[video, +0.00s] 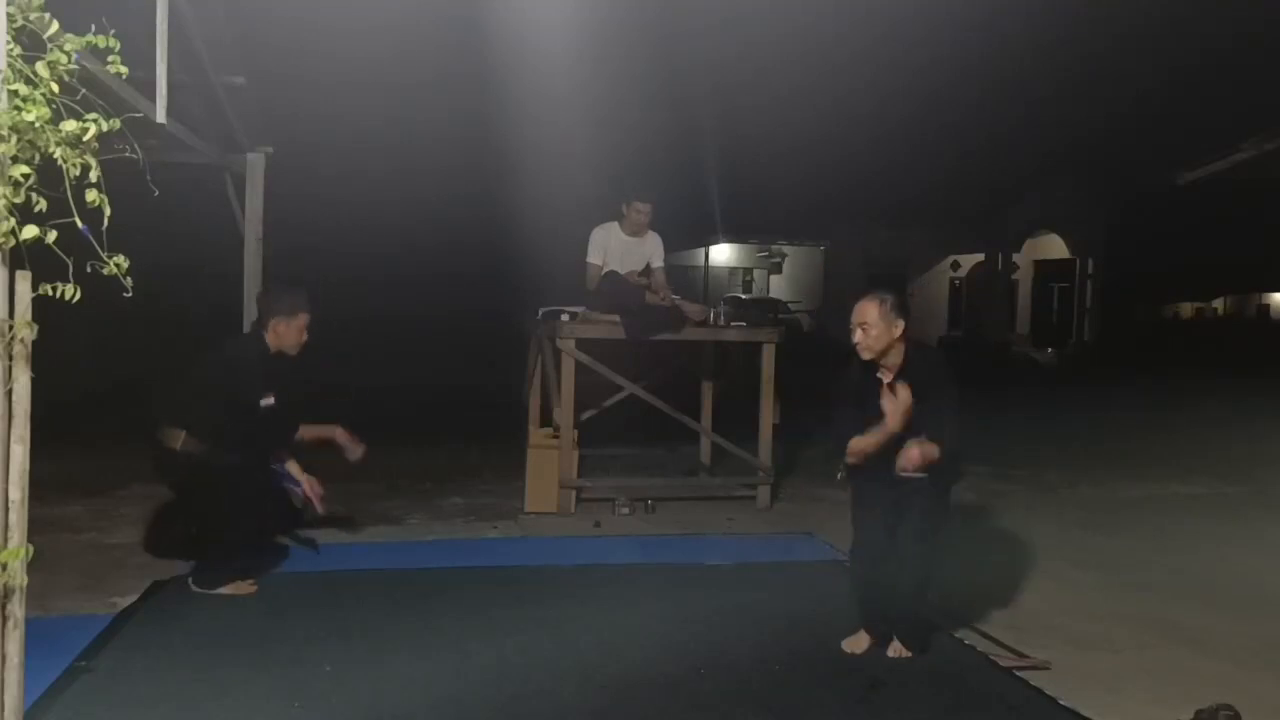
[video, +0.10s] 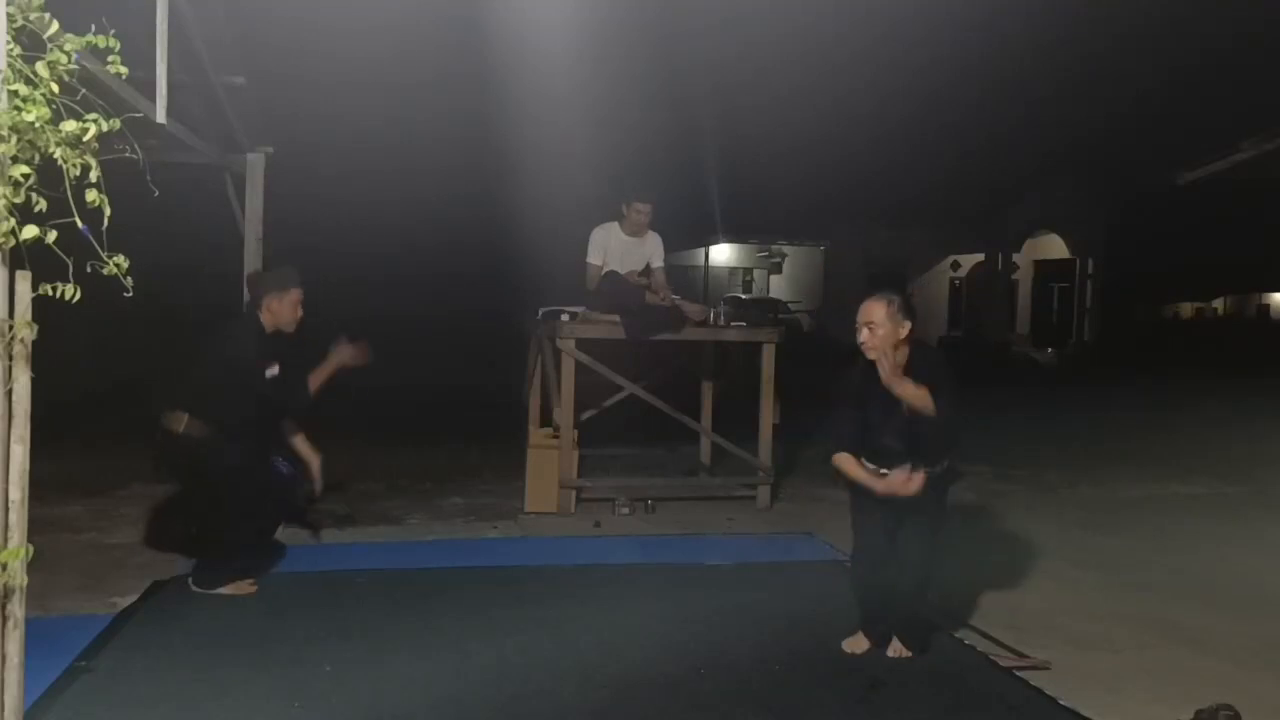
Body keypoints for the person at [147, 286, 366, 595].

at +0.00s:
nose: (306, 337)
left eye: (306, 329)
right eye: (302, 328)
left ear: (276, 326)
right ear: (276, 326)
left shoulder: (257, 357)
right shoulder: (249, 359)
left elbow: (266, 433)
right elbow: (278, 430)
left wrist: (299, 476)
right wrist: (332, 432)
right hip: (187, 455)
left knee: (279, 498)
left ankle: (234, 564)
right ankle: (213, 575)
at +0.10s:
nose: (300, 314)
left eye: (300, 305)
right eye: (295, 305)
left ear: (274, 306)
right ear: (270, 305)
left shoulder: (259, 339)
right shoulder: (246, 340)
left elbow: (274, 408)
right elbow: (283, 403)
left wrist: (309, 454)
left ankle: (240, 562)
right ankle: (215, 575)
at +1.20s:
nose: (254, 219)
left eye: (252, 211)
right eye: (247, 212)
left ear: (223, 217)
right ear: (221, 216)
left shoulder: (212, 255)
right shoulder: (213, 259)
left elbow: (256, 291)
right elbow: (278, 290)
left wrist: (296, 296)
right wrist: (307, 238)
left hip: (206, 382)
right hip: (207, 385)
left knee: (208, 473)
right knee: (212, 475)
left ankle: (200, 566)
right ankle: (202, 571)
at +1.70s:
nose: (242, 220)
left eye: (247, 212)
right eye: (232, 212)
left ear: (251, 216)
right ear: (209, 217)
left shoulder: (232, 263)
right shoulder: (203, 253)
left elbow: (285, 301)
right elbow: (244, 256)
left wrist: (263, 268)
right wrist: (301, 243)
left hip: (224, 385)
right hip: (201, 386)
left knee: (220, 475)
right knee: (212, 476)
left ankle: (208, 567)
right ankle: (199, 572)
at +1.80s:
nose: (247, 222)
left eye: (249, 214)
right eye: (238, 214)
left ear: (247, 217)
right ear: (211, 217)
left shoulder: (226, 261)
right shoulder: (201, 254)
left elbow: (241, 291)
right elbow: (250, 259)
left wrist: (273, 296)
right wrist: (311, 247)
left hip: (222, 381)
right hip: (203, 383)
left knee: (217, 473)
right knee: (213, 474)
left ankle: (204, 568)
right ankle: (199, 572)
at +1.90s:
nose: (248, 222)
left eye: (249, 214)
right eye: (240, 214)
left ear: (230, 218)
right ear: (214, 216)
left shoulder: (225, 259)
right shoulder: (203, 257)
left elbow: (241, 294)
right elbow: (263, 273)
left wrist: (279, 307)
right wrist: (280, 265)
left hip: (219, 383)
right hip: (204, 384)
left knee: (213, 473)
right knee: (213, 474)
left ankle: (198, 568)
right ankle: (200, 572)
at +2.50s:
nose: (256, 223)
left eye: (255, 215)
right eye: (252, 216)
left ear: (221, 217)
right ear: (236, 217)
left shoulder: (210, 254)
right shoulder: (214, 258)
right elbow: (265, 284)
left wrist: (251, 264)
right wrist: (263, 267)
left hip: (214, 383)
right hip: (210, 385)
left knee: (212, 474)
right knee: (216, 476)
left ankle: (202, 567)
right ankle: (202, 572)